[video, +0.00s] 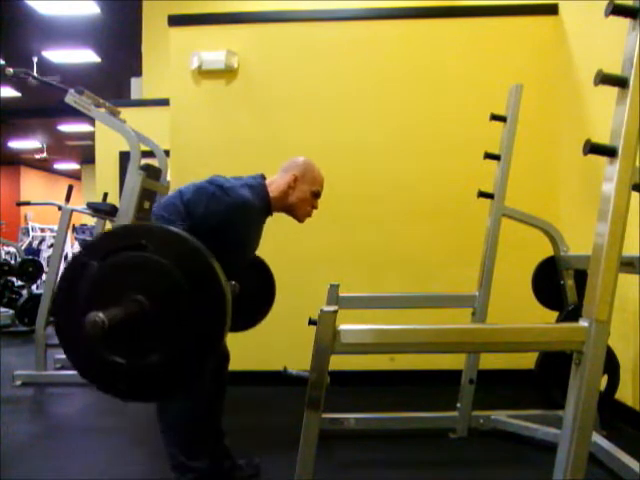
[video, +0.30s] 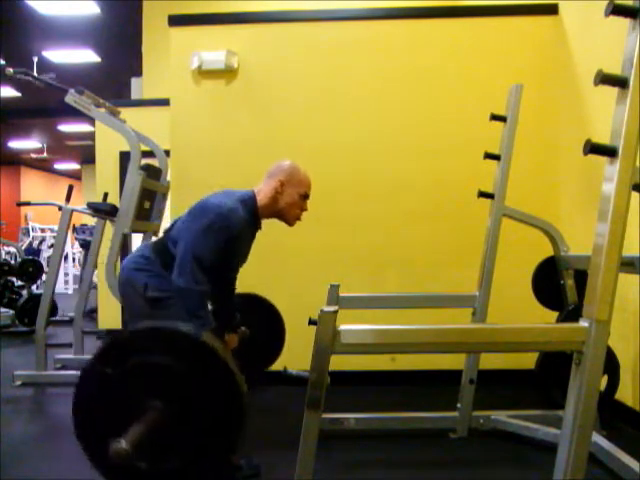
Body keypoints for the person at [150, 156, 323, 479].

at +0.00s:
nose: (316, 206)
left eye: (318, 198)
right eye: (314, 195)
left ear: (291, 183)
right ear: (291, 182)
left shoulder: (252, 210)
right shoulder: (240, 202)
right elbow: (166, 215)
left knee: (211, 364)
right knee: (191, 370)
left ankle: (209, 458)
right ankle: (195, 463)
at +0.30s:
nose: (305, 208)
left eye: (307, 200)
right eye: (303, 197)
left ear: (278, 189)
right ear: (278, 187)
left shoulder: (245, 221)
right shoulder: (225, 212)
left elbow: (223, 282)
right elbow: (187, 278)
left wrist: (229, 328)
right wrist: (209, 335)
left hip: (171, 289)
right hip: (148, 286)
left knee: (184, 370)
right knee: (161, 373)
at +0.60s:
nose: (316, 220)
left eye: (316, 213)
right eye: (312, 211)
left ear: (288, 206)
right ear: (288, 204)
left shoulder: (253, 239)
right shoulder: (238, 236)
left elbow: (239, 309)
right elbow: (215, 307)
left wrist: (234, 361)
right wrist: (215, 373)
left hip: (169, 286)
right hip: (151, 283)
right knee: (180, 377)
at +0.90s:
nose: (316, 220)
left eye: (316, 212)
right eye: (312, 211)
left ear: (287, 208)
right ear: (287, 206)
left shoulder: (254, 241)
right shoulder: (240, 238)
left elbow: (241, 311)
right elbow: (221, 309)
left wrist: (238, 365)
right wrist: (221, 377)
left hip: (167, 287)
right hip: (151, 284)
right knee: (187, 374)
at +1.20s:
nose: (302, 207)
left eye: (304, 200)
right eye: (300, 197)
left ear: (277, 186)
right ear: (277, 186)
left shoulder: (246, 212)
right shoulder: (223, 203)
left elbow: (224, 269)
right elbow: (185, 266)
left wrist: (235, 315)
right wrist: (206, 324)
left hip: (175, 282)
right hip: (148, 281)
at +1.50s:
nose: (315, 201)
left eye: (317, 193)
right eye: (313, 190)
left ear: (290, 178)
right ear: (290, 177)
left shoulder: (252, 202)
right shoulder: (238, 196)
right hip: (167, 293)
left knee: (210, 365)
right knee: (196, 369)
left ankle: (205, 455)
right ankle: (196, 461)